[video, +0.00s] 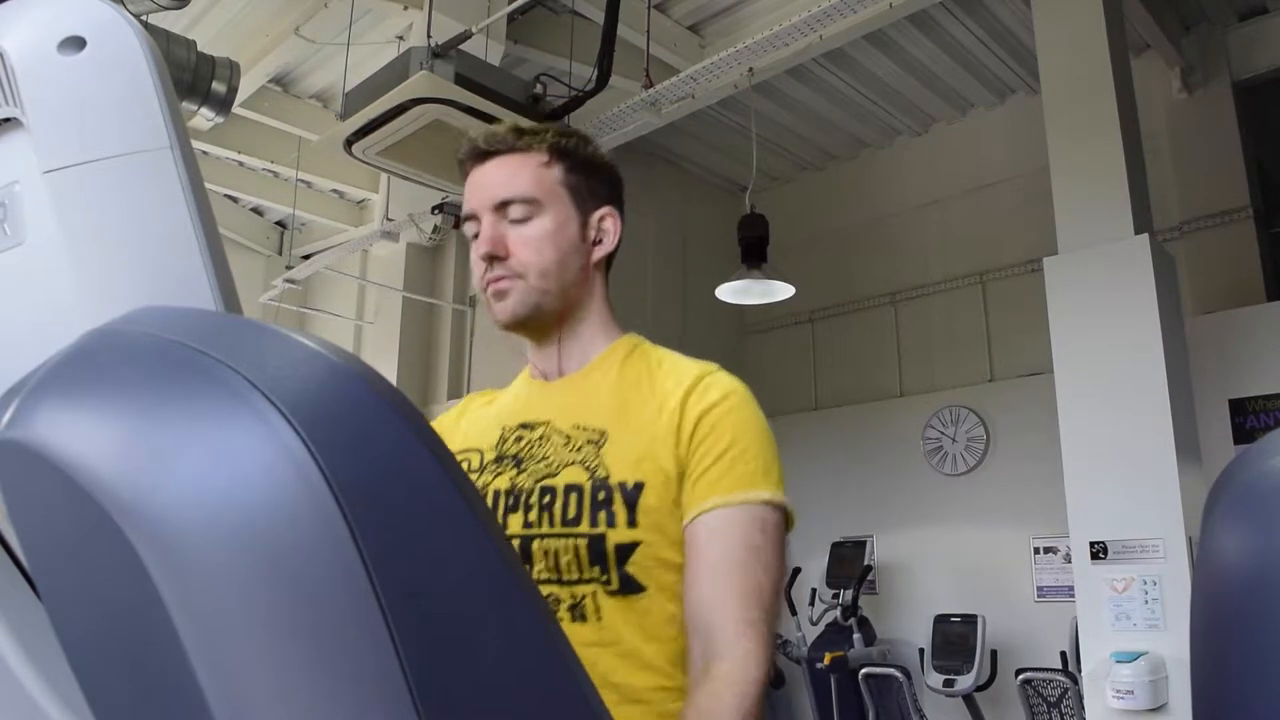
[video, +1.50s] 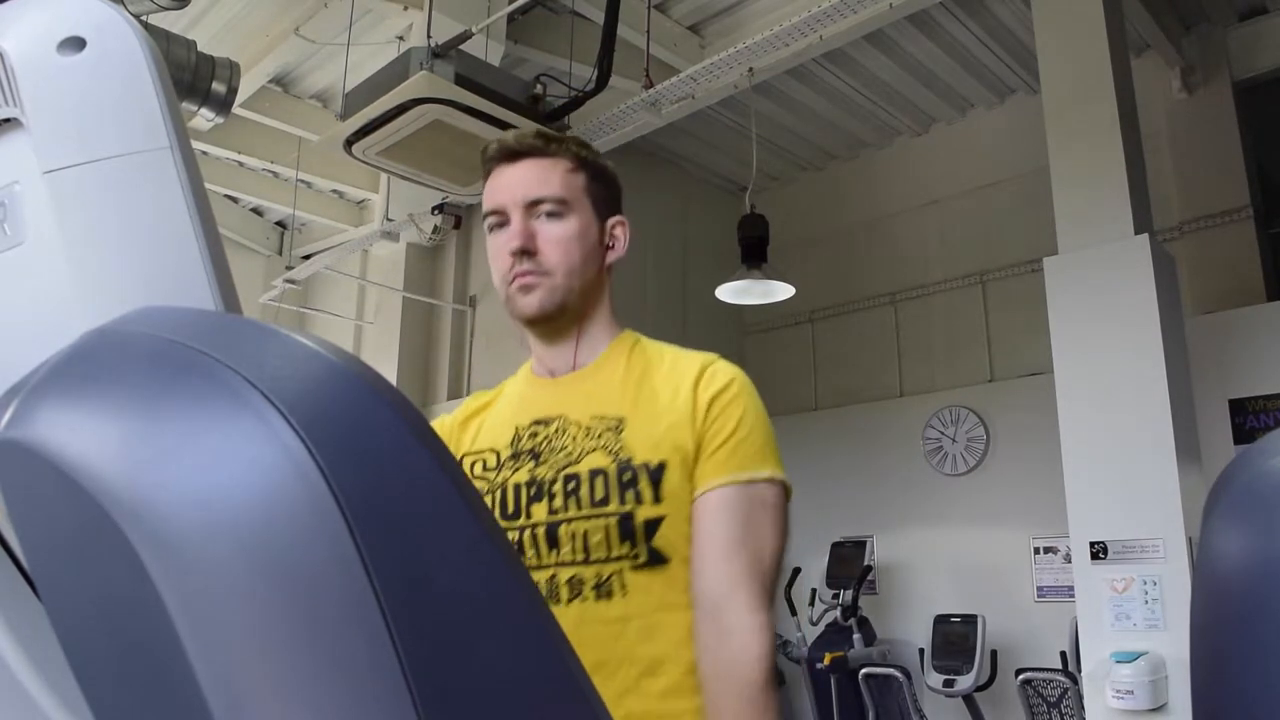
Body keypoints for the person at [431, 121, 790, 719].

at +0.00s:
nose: (485, 247)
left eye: (518, 215)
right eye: (474, 228)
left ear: (600, 234)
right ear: (467, 248)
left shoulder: (703, 404)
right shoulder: (446, 435)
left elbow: (730, 668)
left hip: (640, 704)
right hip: (466, 703)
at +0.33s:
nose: (466, 227)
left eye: (497, 196)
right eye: (452, 212)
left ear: (574, 215)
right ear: (445, 237)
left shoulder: (681, 373)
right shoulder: (434, 419)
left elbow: (715, 608)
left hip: (639, 702)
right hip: (466, 704)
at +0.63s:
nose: (489, 258)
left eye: (521, 228)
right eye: (475, 238)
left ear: (595, 251)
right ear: (466, 261)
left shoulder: (699, 415)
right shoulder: (447, 445)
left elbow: (761, 648)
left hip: (674, 706)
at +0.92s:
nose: (518, 224)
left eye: (550, 196)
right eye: (507, 205)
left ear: (631, 220)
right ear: (501, 228)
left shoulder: (724, 399)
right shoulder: (458, 425)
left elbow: (764, 660)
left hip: (674, 704)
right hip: (489, 703)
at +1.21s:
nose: (521, 249)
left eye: (553, 219)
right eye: (509, 232)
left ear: (631, 242)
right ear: (502, 255)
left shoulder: (730, 409)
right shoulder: (462, 450)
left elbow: (761, 664)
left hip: (673, 703)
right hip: (500, 703)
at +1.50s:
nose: (517, 242)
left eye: (547, 214)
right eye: (498, 223)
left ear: (612, 239)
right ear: (487, 251)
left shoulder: (707, 392)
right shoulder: (448, 439)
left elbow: (734, 616)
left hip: (664, 704)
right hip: (495, 704)